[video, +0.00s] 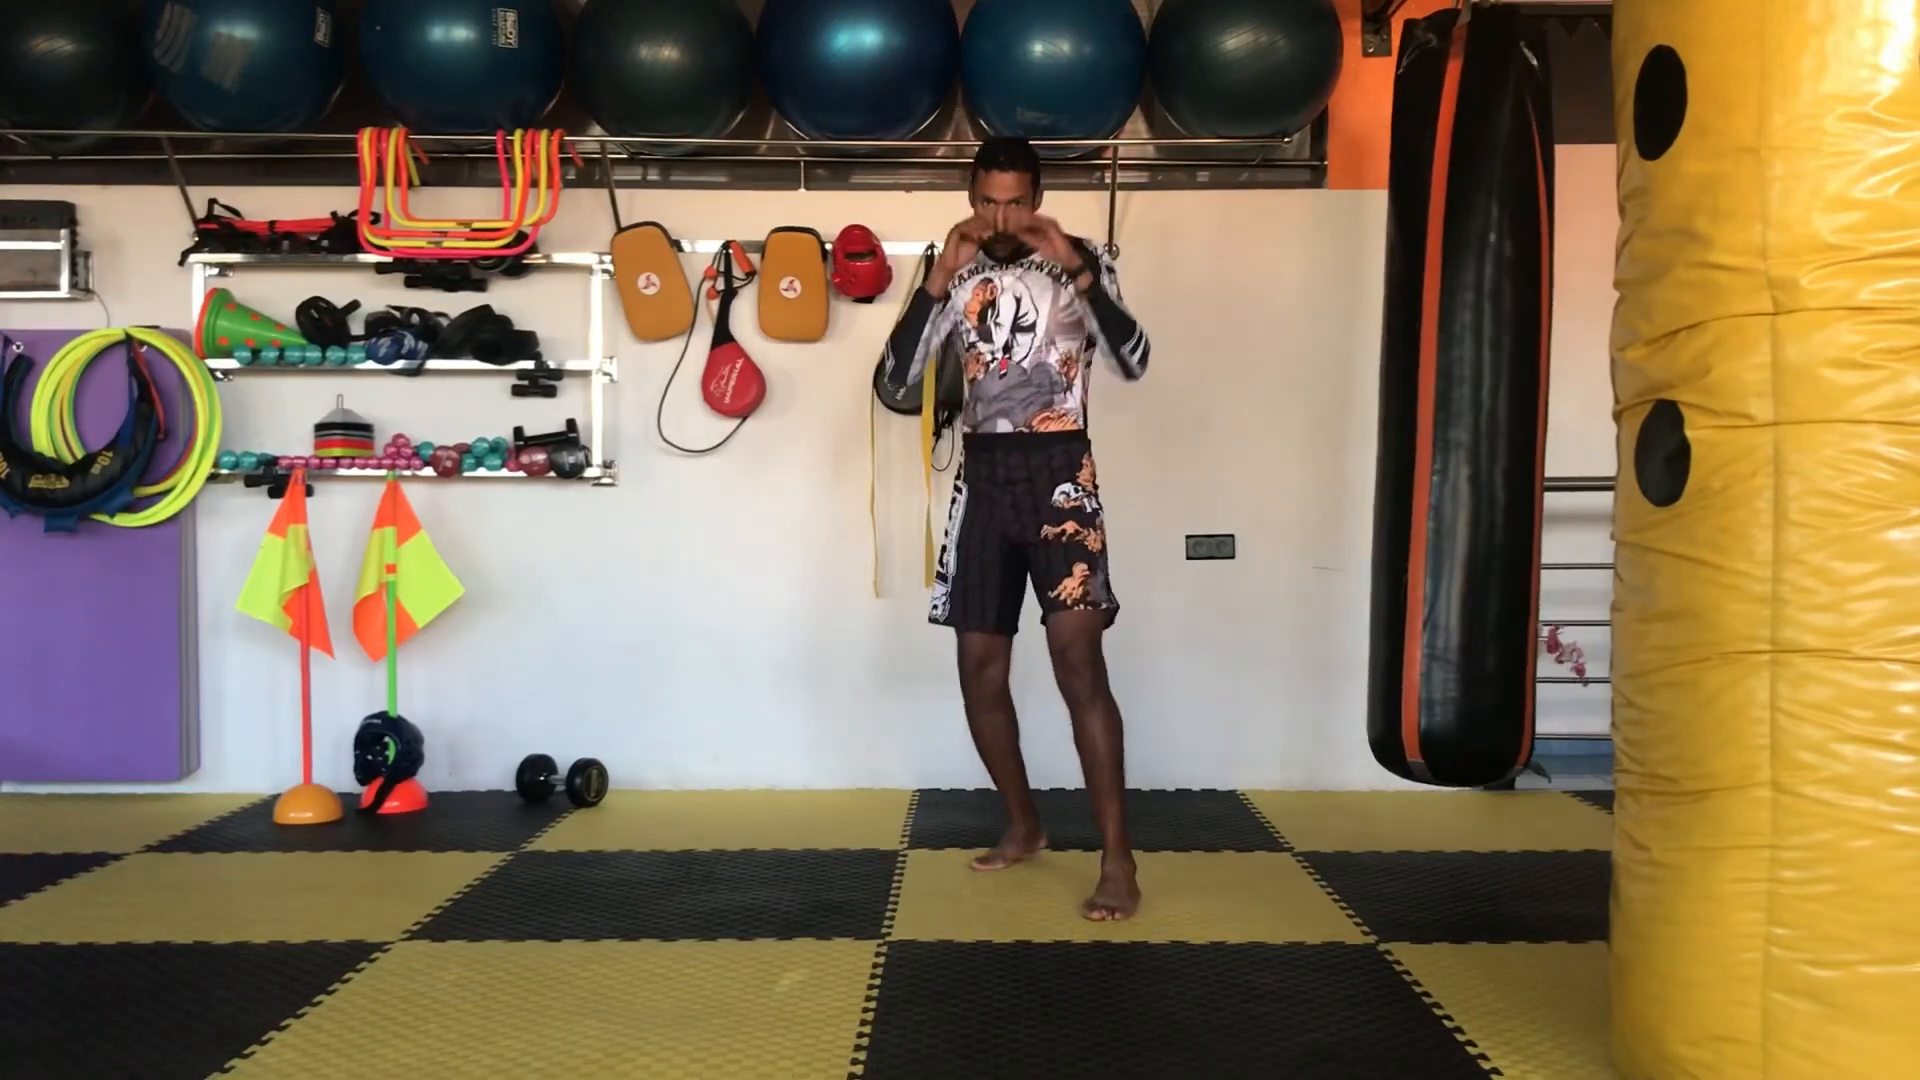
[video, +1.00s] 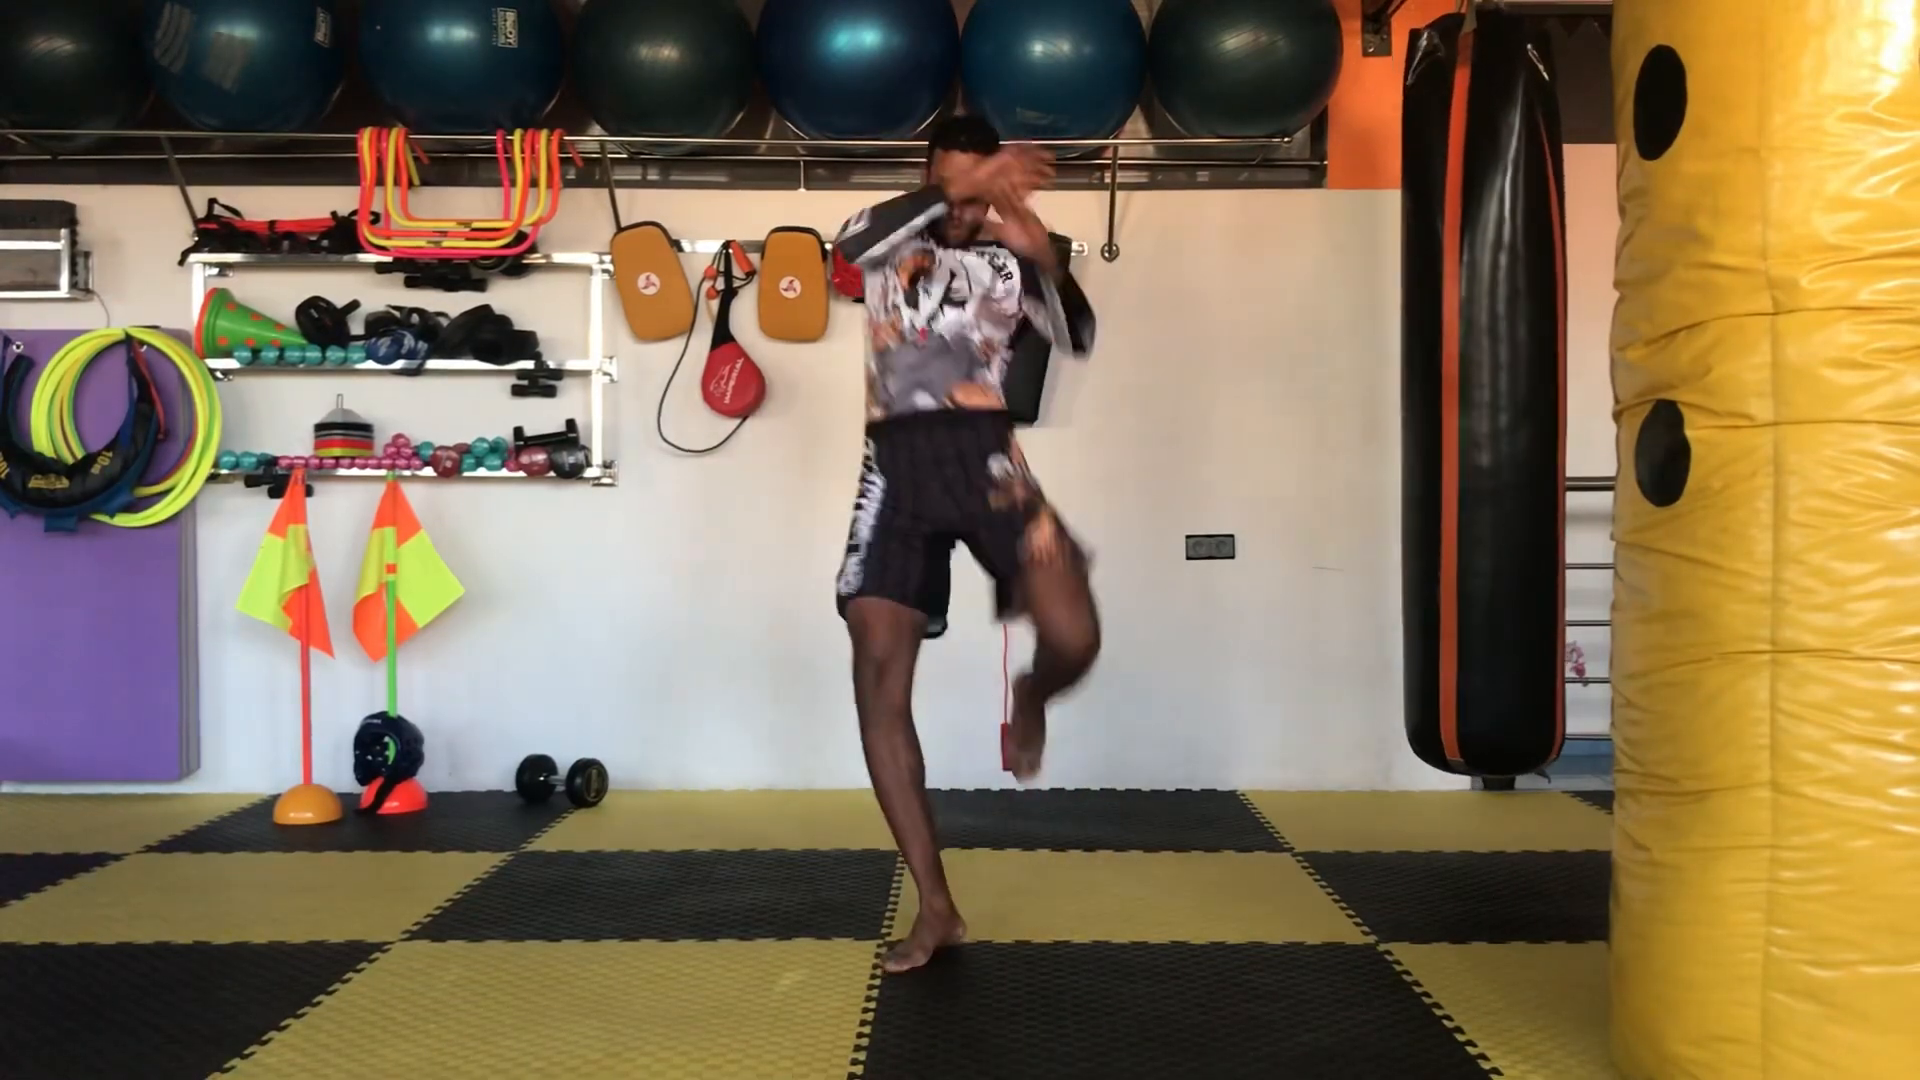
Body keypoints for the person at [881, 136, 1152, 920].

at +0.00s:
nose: (1001, 216)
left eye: (1015, 204)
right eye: (987, 202)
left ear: (1038, 201)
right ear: (971, 201)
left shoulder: (1077, 265)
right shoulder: (952, 277)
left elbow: (1131, 360)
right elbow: (896, 387)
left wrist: (1076, 271)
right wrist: (935, 283)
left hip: (1060, 479)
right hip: (983, 482)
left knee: (1079, 666)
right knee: (981, 671)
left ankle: (1117, 860)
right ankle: (1022, 824)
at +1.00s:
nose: (979, 188)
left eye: (989, 174)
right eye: (965, 173)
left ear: (1004, 176)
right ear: (937, 171)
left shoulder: (1026, 251)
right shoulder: (885, 234)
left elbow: (1078, 338)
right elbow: (848, 253)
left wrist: (1042, 256)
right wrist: (961, 190)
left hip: (988, 453)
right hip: (895, 460)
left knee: (1074, 640)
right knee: (878, 677)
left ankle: (1028, 701)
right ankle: (934, 905)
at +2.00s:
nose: (963, 127)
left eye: (982, 114)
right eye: (953, 110)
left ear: (1011, 129)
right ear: (936, 121)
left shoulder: (1042, 226)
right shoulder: (920, 234)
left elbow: (1080, 374)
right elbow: (916, 346)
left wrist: (994, 314)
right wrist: (880, 383)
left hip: (1006, 462)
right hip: (927, 466)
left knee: (1028, 678)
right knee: (937, 685)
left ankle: (1085, 839)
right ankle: (959, 909)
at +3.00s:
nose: (950, 196)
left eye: (964, 183)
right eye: (937, 182)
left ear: (988, 183)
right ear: (920, 184)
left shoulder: (1028, 252)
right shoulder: (910, 264)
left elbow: (1090, 333)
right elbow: (849, 349)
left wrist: (1032, 236)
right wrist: (884, 254)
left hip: (1013, 464)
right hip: (936, 468)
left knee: (1018, 658)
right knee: (940, 657)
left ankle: (1035, 847)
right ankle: (978, 800)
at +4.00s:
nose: (997, 172)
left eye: (1009, 157)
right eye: (980, 157)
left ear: (1032, 165)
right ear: (957, 169)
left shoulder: (1077, 233)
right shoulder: (936, 252)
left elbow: (1126, 177)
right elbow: (865, 339)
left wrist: (1023, 119)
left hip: (1081, 454)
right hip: (982, 445)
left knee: (1077, 695)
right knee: (913, 594)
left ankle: (1027, 945)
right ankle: (924, 719)